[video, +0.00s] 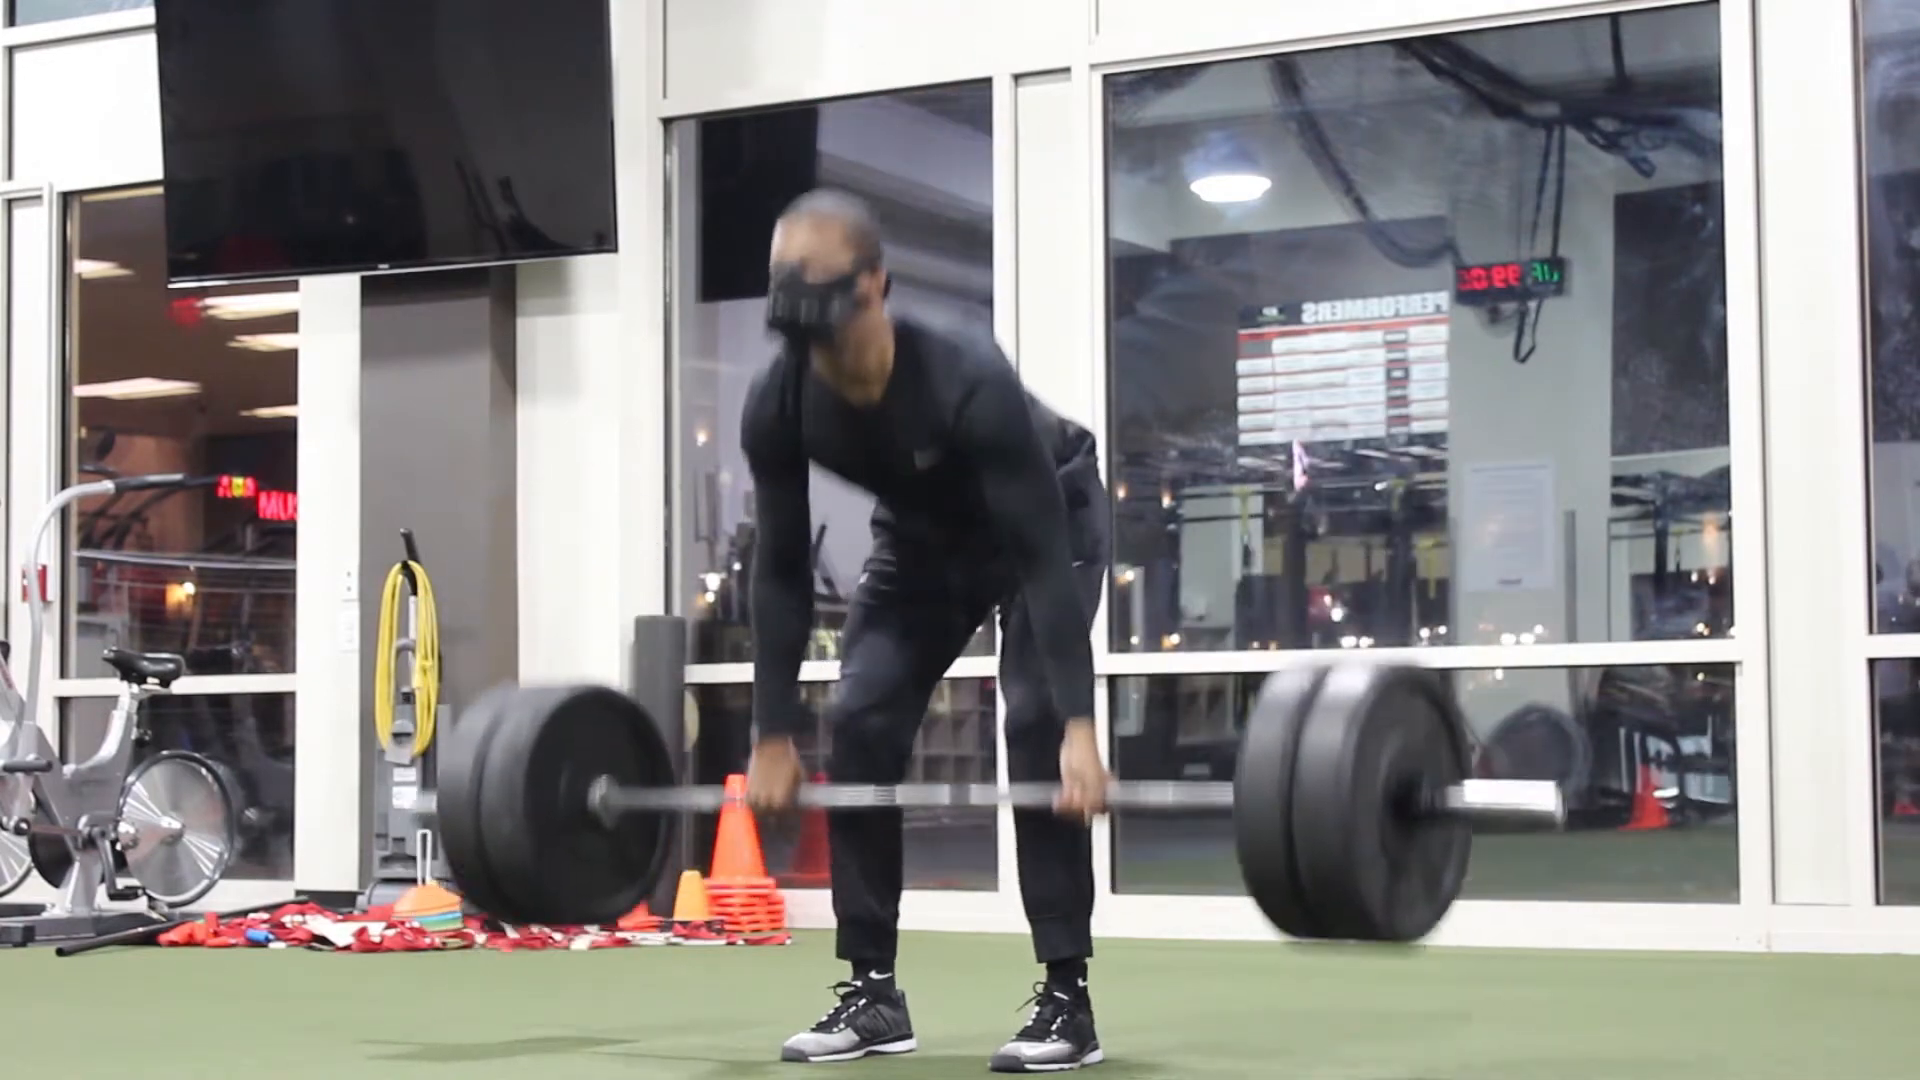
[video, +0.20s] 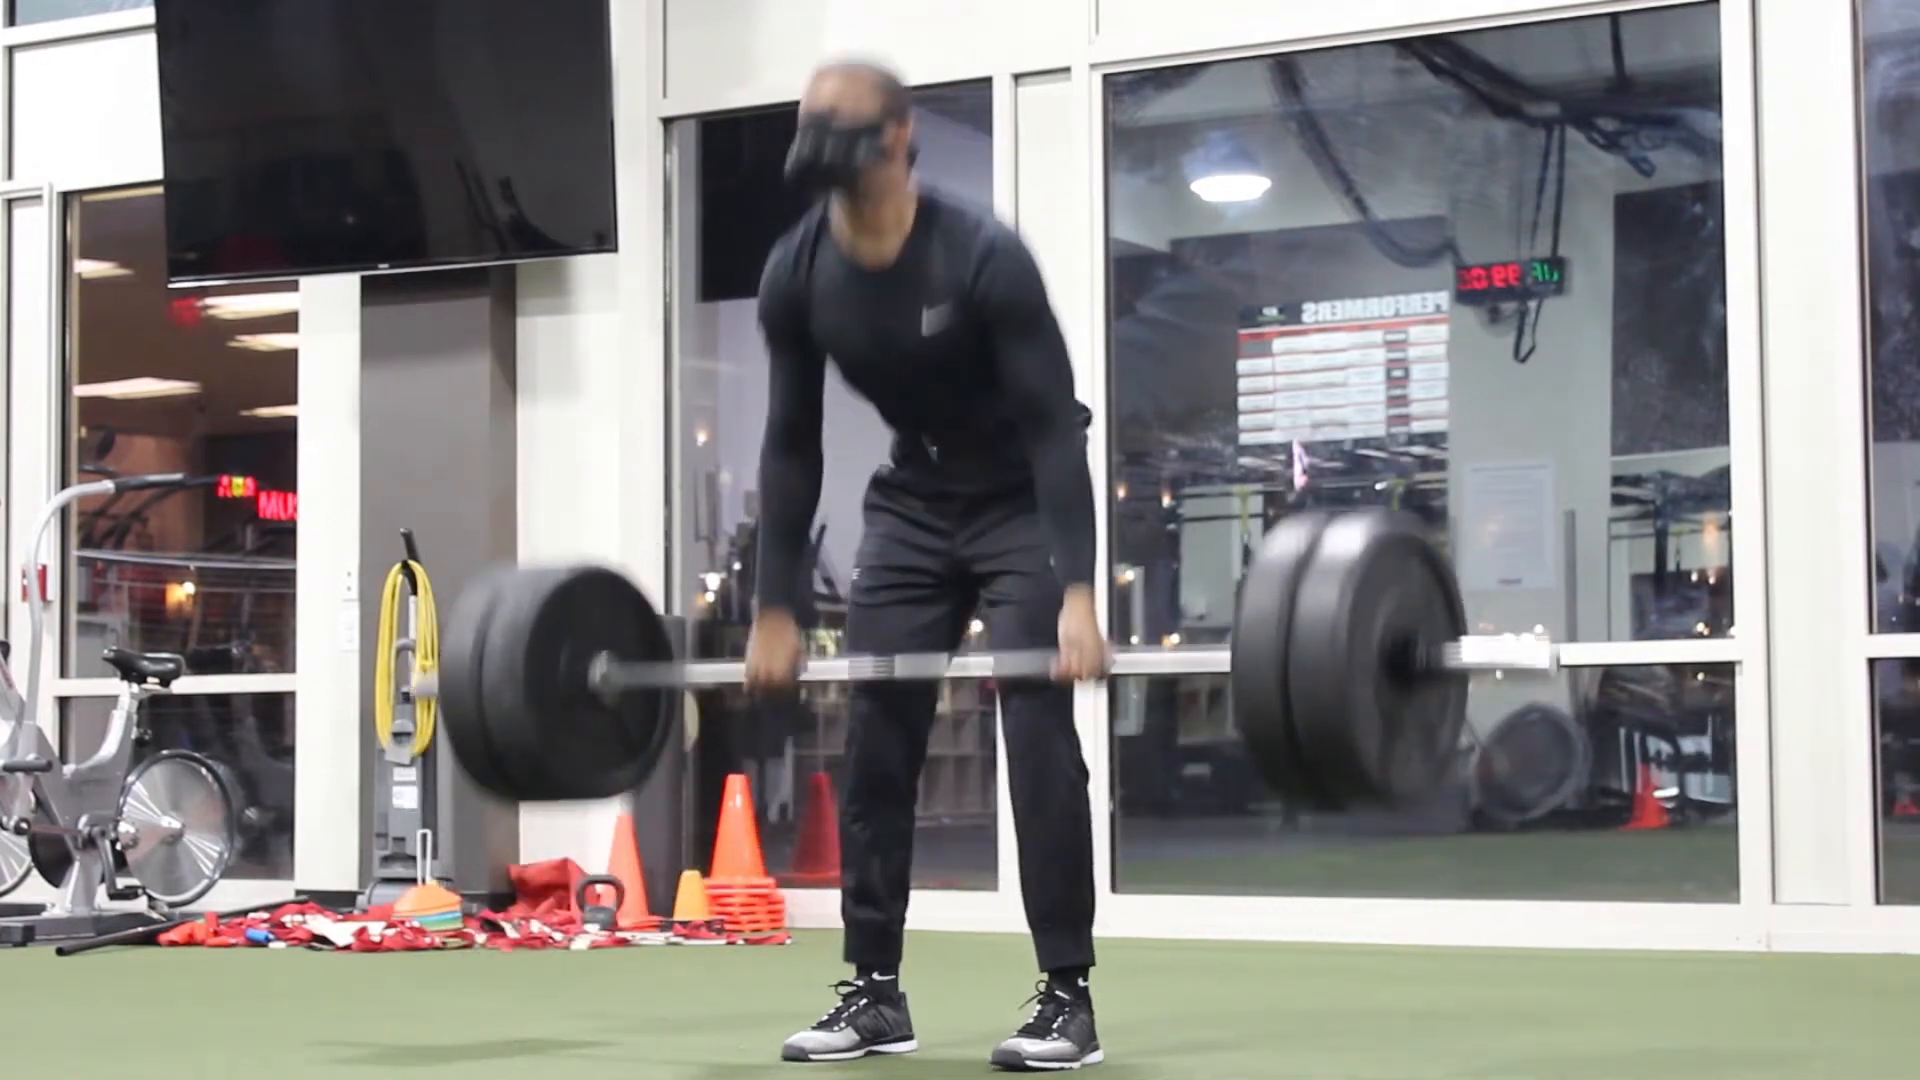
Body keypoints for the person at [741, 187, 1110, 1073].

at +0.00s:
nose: (795, 299)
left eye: (817, 280)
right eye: (783, 280)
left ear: (874, 284)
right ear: (773, 285)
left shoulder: (968, 379)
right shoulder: (778, 409)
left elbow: (1047, 554)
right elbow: (782, 569)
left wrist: (1079, 722)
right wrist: (772, 732)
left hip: (1040, 516)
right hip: (923, 532)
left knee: (1034, 730)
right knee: (861, 723)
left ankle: (1065, 995)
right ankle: (871, 993)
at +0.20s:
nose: (813, 148)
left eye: (838, 130)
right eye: (806, 129)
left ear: (899, 138)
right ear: (799, 138)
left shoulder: (987, 258)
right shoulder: (796, 273)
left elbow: (1056, 424)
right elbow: (789, 443)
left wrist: (1078, 585)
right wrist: (775, 604)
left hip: (1026, 497)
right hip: (911, 499)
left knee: (1034, 719)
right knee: (878, 728)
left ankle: (1066, 995)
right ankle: (874, 991)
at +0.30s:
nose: (845, 74)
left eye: (868, 55)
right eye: (835, 57)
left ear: (920, 68)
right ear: (828, 74)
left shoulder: (996, 191)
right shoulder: (807, 210)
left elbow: (1058, 367)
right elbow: (797, 386)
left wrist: (1080, 528)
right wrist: (776, 542)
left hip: (1015, 469)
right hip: (900, 469)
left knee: (1030, 733)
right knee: (881, 727)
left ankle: (1064, 997)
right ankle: (875, 992)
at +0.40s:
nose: (890, 21)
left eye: (910, 9)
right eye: (871, 11)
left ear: (944, 32)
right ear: (844, 39)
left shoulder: (1008, 153)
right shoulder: (818, 178)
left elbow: (1060, 329)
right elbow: (807, 352)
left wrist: (1077, 494)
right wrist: (775, 508)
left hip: (1002, 445)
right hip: (880, 450)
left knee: (1022, 716)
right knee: (882, 731)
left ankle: (1064, 993)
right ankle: (877, 989)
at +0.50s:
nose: (887, 22)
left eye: (912, 10)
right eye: (874, 12)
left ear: (953, 34)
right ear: (853, 37)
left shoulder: (1016, 161)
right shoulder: (825, 182)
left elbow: (1056, 339)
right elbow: (809, 356)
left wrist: (1076, 499)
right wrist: (774, 514)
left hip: (1003, 451)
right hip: (883, 455)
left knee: (1018, 719)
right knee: (876, 731)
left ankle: (1063, 995)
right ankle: (875, 991)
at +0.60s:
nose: (870, 54)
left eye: (894, 38)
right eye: (859, 38)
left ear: (942, 63)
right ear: (843, 66)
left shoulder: (1010, 197)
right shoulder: (825, 212)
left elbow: (1050, 382)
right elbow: (802, 392)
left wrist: (1069, 544)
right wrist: (768, 553)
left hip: (1015, 483)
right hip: (899, 482)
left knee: (1023, 725)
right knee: (868, 723)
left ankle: (1062, 999)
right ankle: (871, 995)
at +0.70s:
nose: (848, 137)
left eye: (871, 121)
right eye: (838, 119)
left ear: (925, 125)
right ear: (828, 132)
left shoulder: (1001, 254)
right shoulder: (812, 270)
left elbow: (1049, 438)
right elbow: (794, 444)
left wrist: (1069, 609)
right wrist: (766, 613)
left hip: (1031, 505)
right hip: (917, 507)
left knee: (1037, 715)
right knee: (877, 718)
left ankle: (1065, 999)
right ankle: (872, 994)